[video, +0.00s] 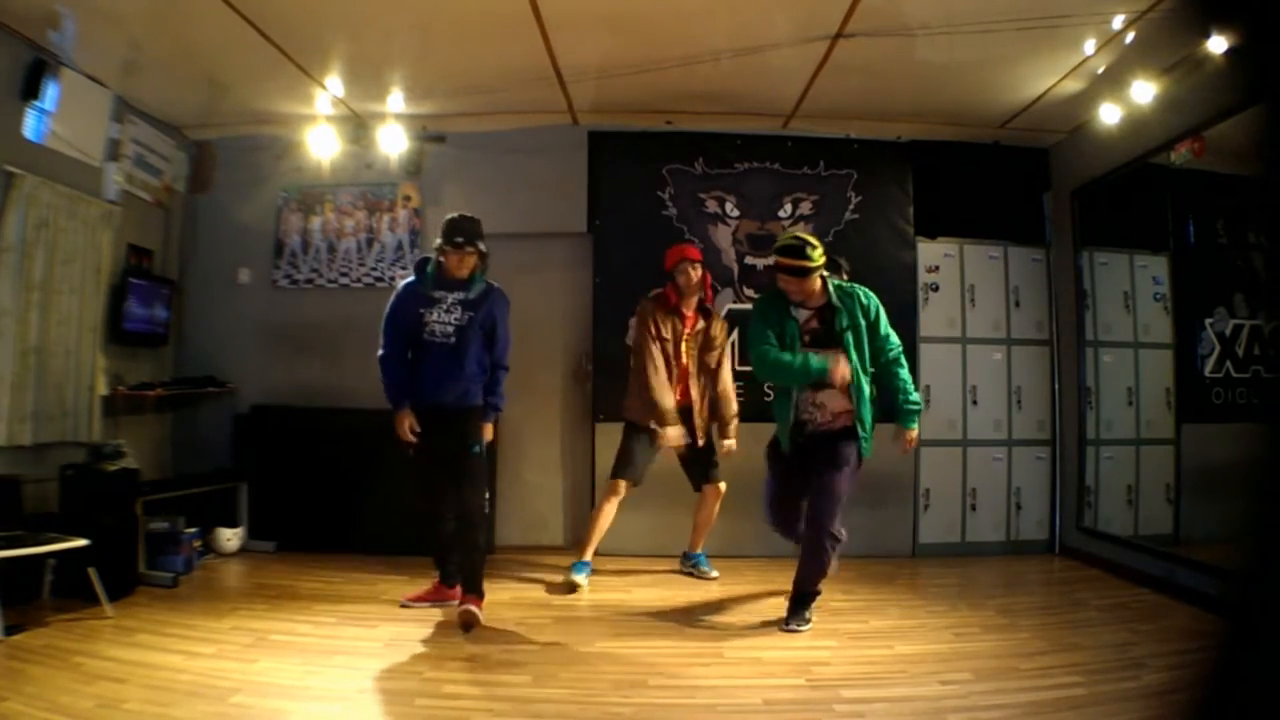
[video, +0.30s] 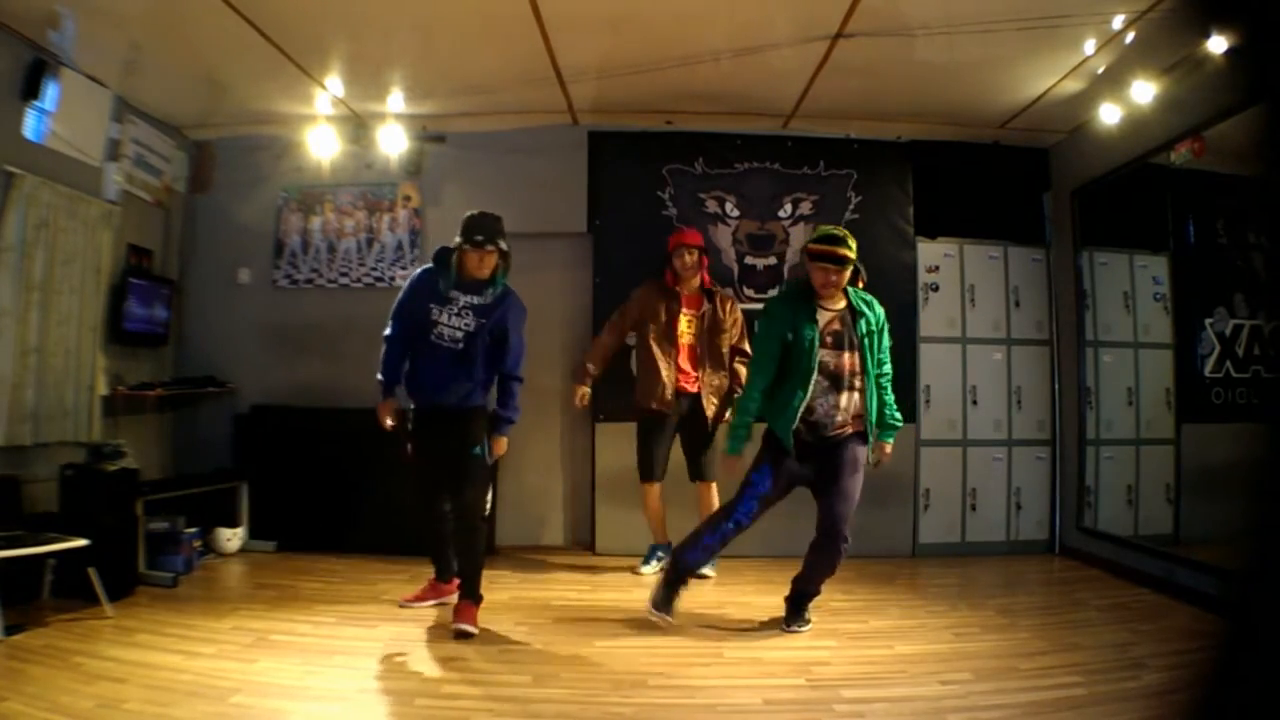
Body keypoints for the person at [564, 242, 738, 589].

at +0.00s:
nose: (692, 273)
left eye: (696, 266)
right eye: (684, 267)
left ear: (704, 273)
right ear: (672, 274)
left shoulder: (712, 323)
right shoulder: (652, 312)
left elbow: (722, 378)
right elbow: (652, 370)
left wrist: (728, 428)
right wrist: (667, 420)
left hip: (693, 418)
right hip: (649, 414)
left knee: (714, 487)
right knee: (618, 486)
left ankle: (693, 555)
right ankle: (584, 563)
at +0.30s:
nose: (687, 260)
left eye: (693, 254)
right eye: (680, 254)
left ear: (703, 258)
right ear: (671, 258)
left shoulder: (724, 303)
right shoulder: (650, 296)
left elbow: (740, 354)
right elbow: (614, 332)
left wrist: (735, 398)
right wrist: (586, 376)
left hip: (703, 401)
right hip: (659, 399)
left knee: (705, 476)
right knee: (650, 475)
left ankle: (707, 553)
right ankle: (660, 547)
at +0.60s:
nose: (640, 265)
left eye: (648, 260)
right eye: (640, 259)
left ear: (666, 267)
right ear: (643, 265)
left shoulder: (705, 299)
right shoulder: (636, 303)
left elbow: (735, 343)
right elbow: (614, 339)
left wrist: (704, 379)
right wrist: (594, 356)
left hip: (694, 401)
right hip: (654, 398)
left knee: (695, 479)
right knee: (623, 464)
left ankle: (708, 553)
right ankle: (622, 543)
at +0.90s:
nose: (604, 264)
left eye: (612, 257)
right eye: (600, 258)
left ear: (628, 261)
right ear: (597, 264)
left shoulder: (659, 298)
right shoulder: (600, 304)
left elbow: (661, 356)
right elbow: (598, 354)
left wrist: (637, 393)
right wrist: (610, 387)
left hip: (660, 403)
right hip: (620, 404)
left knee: (675, 479)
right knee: (608, 480)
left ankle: (700, 550)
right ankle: (599, 560)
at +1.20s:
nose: (617, 253)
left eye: (624, 247)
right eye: (610, 247)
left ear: (634, 252)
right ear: (600, 254)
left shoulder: (655, 301)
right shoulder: (582, 298)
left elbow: (677, 347)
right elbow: (557, 342)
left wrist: (682, 383)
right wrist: (565, 384)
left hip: (643, 401)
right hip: (598, 400)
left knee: (652, 478)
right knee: (593, 481)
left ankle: (643, 549)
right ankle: (592, 559)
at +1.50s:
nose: (623, 250)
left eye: (630, 243)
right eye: (616, 244)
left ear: (640, 248)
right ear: (606, 250)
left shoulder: (660, 291)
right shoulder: (590, 293)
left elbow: (666, 345)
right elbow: (599, 346)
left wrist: (656, 386)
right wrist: (633, 385)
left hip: (650, 395)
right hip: (609, 395)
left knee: (658, 471)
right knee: (605, 477)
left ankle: (661, 550)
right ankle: (603, 551)